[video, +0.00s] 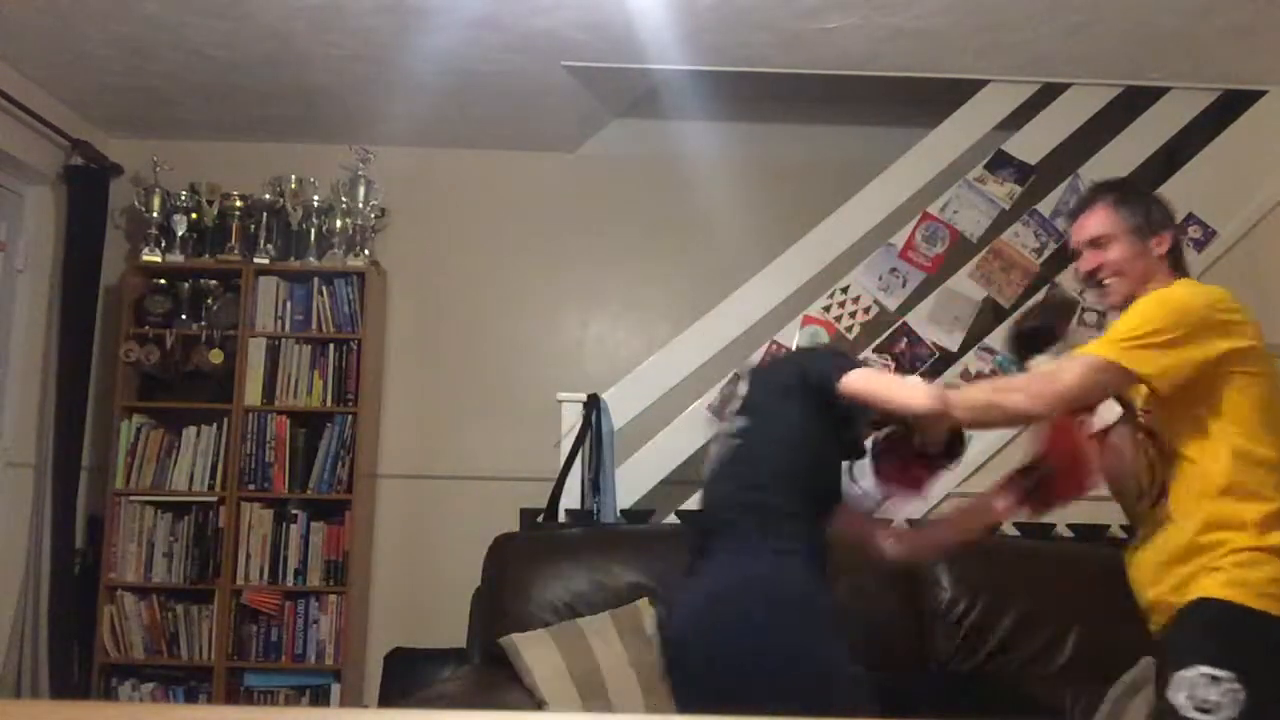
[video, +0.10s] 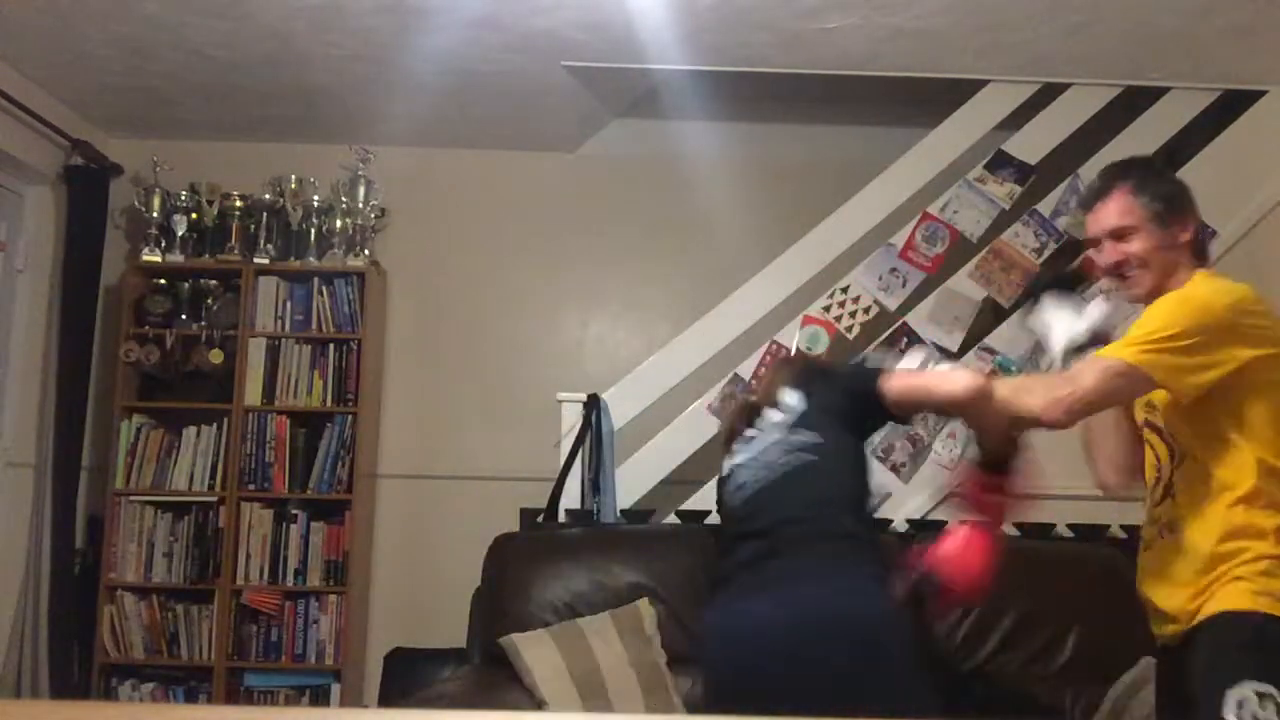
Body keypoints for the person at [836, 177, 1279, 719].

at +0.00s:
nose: (1085, 267)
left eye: (1100, 245)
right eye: (1078, 255)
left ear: (1159, 242)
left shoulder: (1191, 306)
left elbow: (1052, 393)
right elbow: (1149, 499)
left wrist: (930, 398)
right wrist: (1102, 423)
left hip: (1238, 587)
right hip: (1198, 594)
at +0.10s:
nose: (1106, 259)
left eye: (1123, 236)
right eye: (1096, 245)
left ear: (1183, 229)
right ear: (1088, 252)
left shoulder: (1213, 302)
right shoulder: (1157, 337)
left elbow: (1060, 402)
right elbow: (1119, 474)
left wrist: (978, 389)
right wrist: (1088, 357)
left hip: (1248, 586)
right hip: (1185, 602)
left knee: (1233, 704)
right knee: (1185, 707)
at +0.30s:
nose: (1159, 264)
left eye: (1178, 237)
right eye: (1145, 245)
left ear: (1244, 218)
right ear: (1133, 249)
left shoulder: (1267, 331)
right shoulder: (1196, 327)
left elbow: (1201, 508)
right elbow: (1142, 469)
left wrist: (1051, 426)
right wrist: (1141, 336)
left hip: (1247, 657)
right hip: (1191, 647)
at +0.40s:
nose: (1161, 298)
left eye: (1171, 275)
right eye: (1150, 277)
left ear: (1236, 246)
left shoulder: (1272, 374)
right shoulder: (1196, 334)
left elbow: (1195, 521)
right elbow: (1178, 464)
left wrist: (1112, 391)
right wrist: (1132, 361)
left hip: (1254, 666)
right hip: (1182, 643)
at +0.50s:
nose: (1193, 290)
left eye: (1191, 268)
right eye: (1176, 277)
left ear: (1239, 227)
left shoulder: (1270, 330)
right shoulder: (1208, 320)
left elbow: (1157, 456)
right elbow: (1153, 460)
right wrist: (1119, 305)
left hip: (1265, 666)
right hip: (1195, 652)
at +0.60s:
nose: (1186, 269)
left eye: (1183, 250)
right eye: (1167, 257)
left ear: (1228, 205)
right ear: (1229, 205)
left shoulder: (1268, 298)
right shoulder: (1246, 299)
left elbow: (1140, 414)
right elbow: (1176, 456)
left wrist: (1115, 288)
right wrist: (1127, 315)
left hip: (1256, 656)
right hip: (1211, 643)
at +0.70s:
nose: (1195, 264)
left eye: (1189, 244)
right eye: (1184, 248)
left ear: (1224, 217)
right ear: (1229, 213)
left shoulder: (1270, 293)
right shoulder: (1253, 295)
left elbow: (1130, 422)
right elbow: (1193, 462)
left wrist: (1136, 264)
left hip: (1257, 656)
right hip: (1226, 644)